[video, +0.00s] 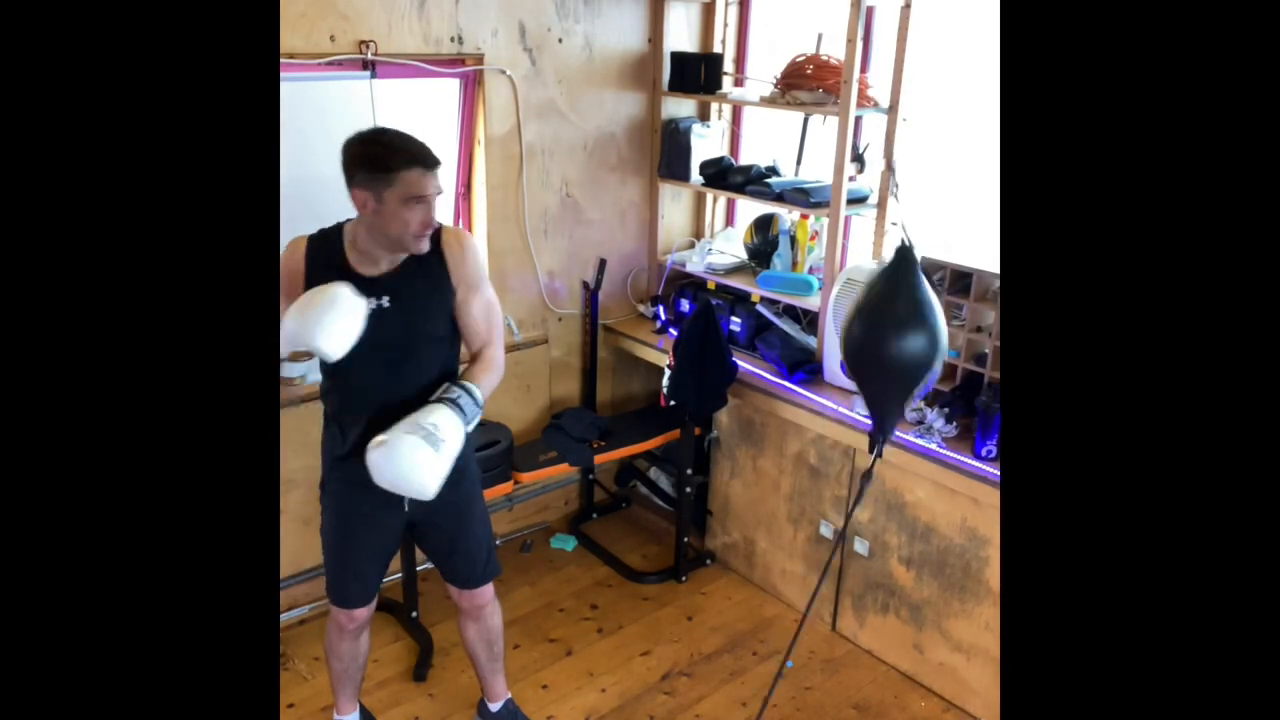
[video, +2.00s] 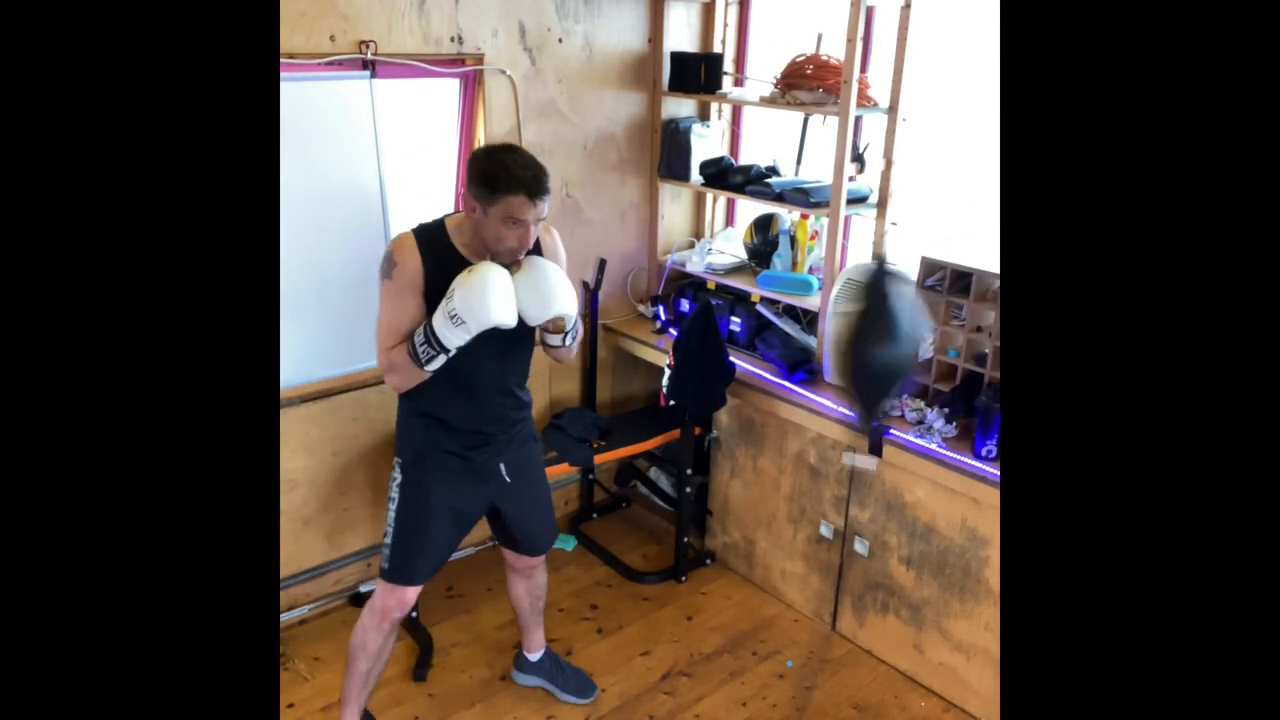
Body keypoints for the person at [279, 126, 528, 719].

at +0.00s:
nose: (432, 217)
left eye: (434, 200)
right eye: (416, 203)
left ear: (439, 194)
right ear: (363, 201)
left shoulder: (455, 251)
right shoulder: (303, 261)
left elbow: (489, 353)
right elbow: (286, 366)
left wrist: (448, 416)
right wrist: (295, 338)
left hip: (444, 451)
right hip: (355, 461)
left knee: (477, 593)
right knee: (350, 613)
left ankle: (497, 703)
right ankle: (347, 713)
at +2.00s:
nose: (527, 238)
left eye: (535, 223)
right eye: (513, 223)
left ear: (543, 212)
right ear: (471, 209)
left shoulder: (543, 245)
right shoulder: (412, 255)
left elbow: (564, 352)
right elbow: (394, 372)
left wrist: (558, 321)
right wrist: (449, 325)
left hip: (512, 438)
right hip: (435, 447)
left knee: (531, 556)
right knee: (397, 597)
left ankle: (535, 657)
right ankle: (350, 713)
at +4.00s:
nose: (625, 190)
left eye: (638, 176)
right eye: (612, 173)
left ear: (649, 182)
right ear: (580, 173)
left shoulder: (651, 249)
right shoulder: (545, 256)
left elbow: (688, 351)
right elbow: (534, 372)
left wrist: (686, 299)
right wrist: (591, 324)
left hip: (646, 428)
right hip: (587, 438)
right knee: (611, 583)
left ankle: (562, 625)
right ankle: (600, 677)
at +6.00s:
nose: (733, 240)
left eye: (748, 224)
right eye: (721, 224)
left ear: (781, 212)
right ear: (710, 216)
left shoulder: (807, 269)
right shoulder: (742, 261)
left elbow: (779, 387)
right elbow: (749, 342)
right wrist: (697, 323)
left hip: (822, 455)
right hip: (748, 446)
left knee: (869, 599)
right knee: (703, 572)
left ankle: (905, 709)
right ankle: (680, 671)